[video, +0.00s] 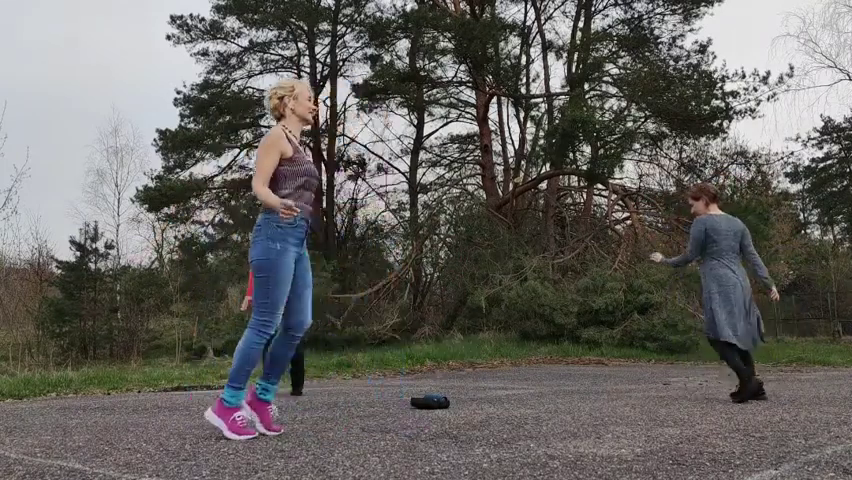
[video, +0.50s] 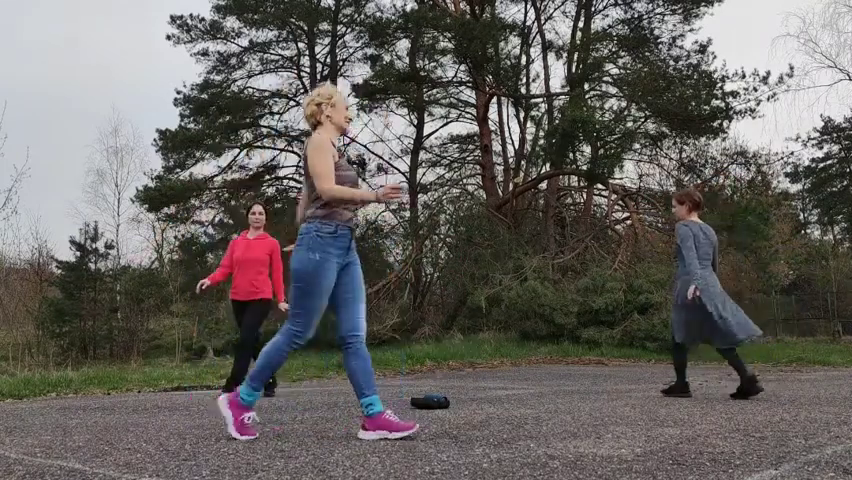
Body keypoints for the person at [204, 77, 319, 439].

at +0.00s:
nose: (315, 105)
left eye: (314, 100)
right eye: (309, 100)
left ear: (295, 106)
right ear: (289, 104)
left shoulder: (297, 143)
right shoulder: (276, 138)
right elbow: (259, 186)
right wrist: (279, 204)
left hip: (297, 239)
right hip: (275, 236)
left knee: (298, 323)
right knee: (264, 324)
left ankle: (261, 399)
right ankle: (228, 404)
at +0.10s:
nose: (318, 106)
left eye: (317, 101)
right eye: (312, 100)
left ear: (299, 105)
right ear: (292, 103)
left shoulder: (298, 144)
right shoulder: (280, 135)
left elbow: (283, 189)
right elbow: (263, 184)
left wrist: (302, 206)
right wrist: (293, 201)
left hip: (295, 236)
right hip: (271, 233)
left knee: (321, 313)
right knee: (260, 322)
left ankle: (278, 386)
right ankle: (227, 405)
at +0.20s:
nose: (321, 101)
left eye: (320, 95)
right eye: (316, 95)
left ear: (301, 99)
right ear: (297, 99)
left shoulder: (300, 136)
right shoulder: (286, 128)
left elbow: (267, 184)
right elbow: (272, 176)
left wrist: (257, 219)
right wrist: (314, 189)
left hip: (299, 231)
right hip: (275, 228)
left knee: (332, 305)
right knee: (264, 318)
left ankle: (306, 389)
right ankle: (231, 403)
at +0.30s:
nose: (329, 105)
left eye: (328, 99)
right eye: (324, 98)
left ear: (309, 103)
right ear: (305, 101)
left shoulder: (299, 140)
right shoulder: (293, 131)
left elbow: (264, 190)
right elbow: (290, 180)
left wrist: (260, 230)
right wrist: (335, 183)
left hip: (308, 235)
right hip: (284, 231)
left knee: (335, 314)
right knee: (266, 322)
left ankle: (344, 400)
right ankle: (230, 404)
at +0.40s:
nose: (337, 113)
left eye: (336, 107)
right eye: (332, 106)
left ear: (314, 111)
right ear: (314, 109)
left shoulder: (309, 147)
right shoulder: (303, 139)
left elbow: (279, 193)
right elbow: (308, 188)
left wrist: (275, 235)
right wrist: (356, 187)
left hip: (321, 245)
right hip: (296, 242)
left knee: (340, 330)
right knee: (271, 328)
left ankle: (366, 410)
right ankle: (228, 405)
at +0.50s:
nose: (350, 113)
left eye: (348, 107)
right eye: (344, 106)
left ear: (330, 112)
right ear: (327, 110)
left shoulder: (330, 148)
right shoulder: (320, 140)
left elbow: (305, 201)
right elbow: (325, 189)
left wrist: (301, 240)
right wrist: (373, 195)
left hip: (344, 246)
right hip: (318, 243)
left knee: (353, 335)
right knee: (297, 330)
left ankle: (374, 415)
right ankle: (240, 401)